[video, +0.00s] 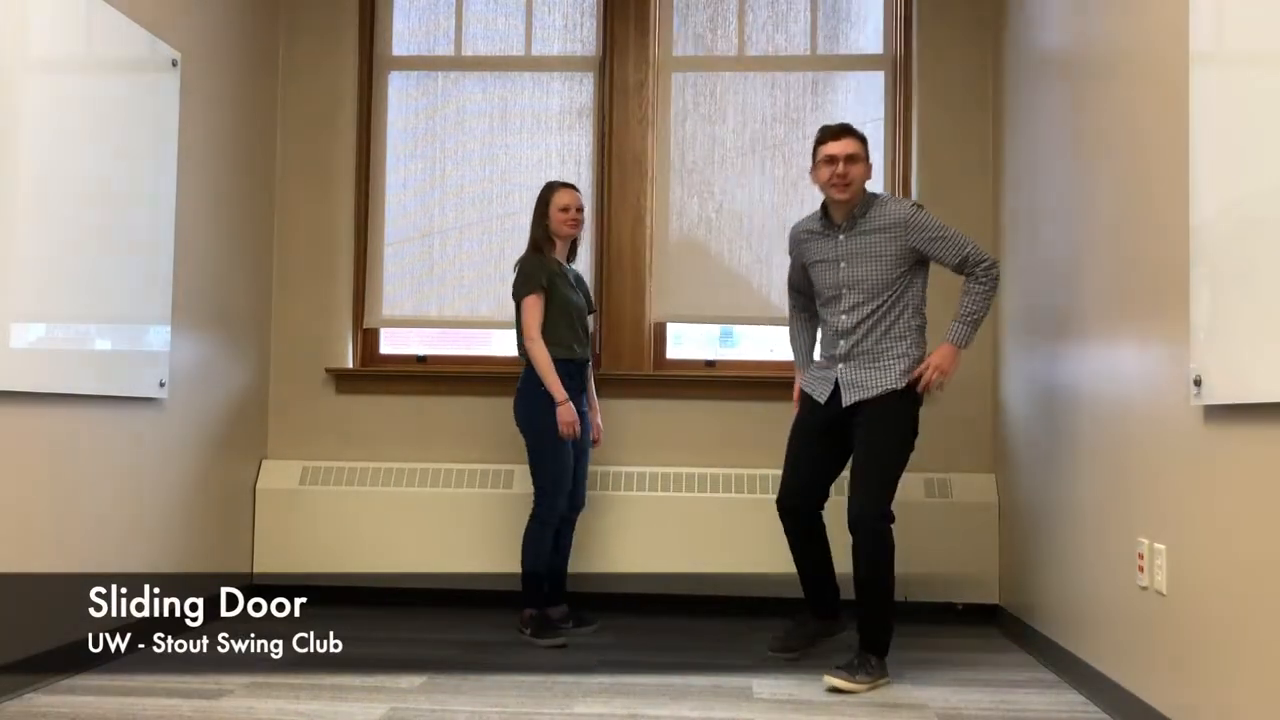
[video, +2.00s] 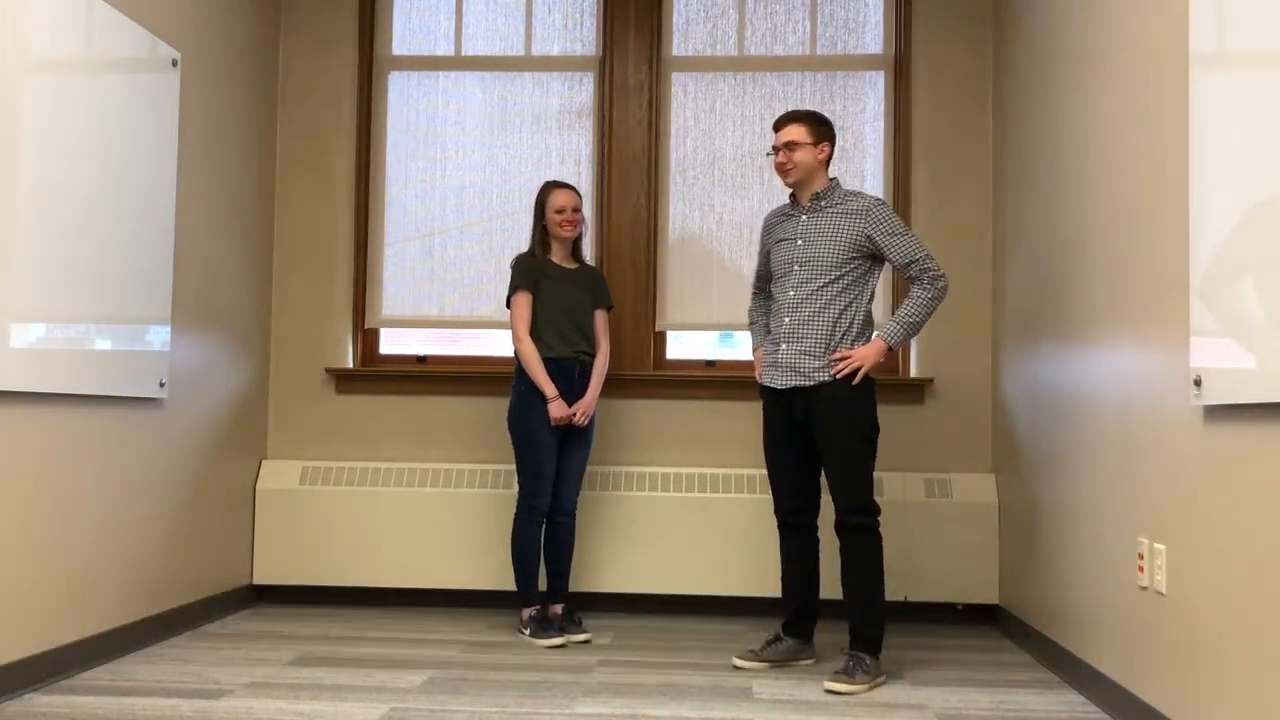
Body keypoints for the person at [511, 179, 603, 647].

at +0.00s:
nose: (574, 216)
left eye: (578, 210)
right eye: (565, 209)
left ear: (582, 218)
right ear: (545, 216)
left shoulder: (575, 277)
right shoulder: (534, 267)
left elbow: (581, 350)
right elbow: (531, 338)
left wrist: (591, 404)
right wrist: (560, 399)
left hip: (574, 394)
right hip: (543, 393)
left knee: (571, 502)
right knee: (550, 501)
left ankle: (556, 604)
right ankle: (534, 610)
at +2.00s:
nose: (570, 217)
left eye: (575, 210)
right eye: (560, 211)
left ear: (583, 216)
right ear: (543, 218)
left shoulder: (592, 276)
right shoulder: (528, 266)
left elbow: (603, 346)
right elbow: (521, 337)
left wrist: (591, 396)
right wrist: (552, 395)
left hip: (579, 394)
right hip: (536, 392)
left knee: (565, 505)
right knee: (535, 501)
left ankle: (558, 607)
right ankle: (529, 609)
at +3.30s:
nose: (577, 216)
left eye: (579, 209)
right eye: (568, 209)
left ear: (576, 217)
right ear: (542, 214)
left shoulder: (583, 277)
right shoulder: (527, 269)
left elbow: (588, 342)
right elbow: (525, 335)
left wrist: (619, 344)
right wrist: (593, 345)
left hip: (578, 396)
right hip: (539, 395)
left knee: (569, 504)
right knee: (540, 501)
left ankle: (558, 608)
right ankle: (531, 612)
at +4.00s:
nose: (601, 210)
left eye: (600, 204)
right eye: (592, 204)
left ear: (586, 214)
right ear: (566, 211)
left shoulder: (588, 269)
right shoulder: (557, 266)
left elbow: (607, 333)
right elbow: (561, 338)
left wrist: (639, 307)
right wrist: (624, 338)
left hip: (592, 395)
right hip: (564, 396)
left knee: (590, 504)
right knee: (590, 503)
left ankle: (569, 609)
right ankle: (548, 610)